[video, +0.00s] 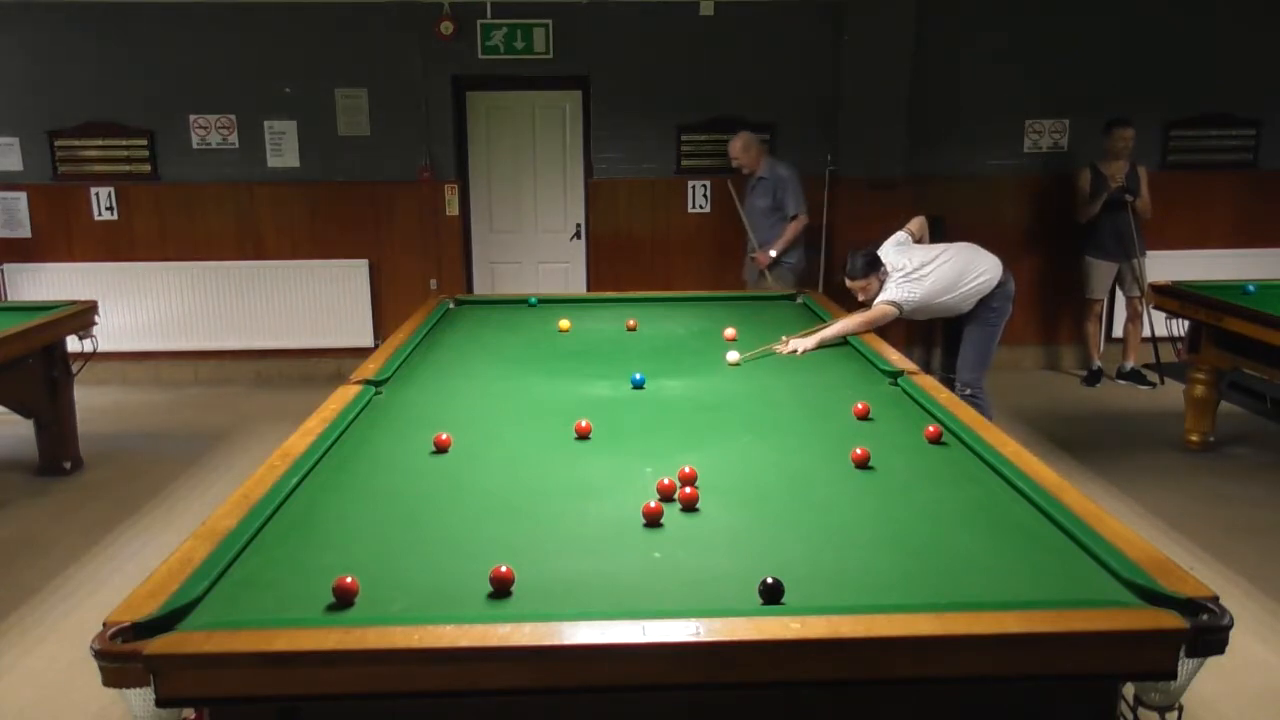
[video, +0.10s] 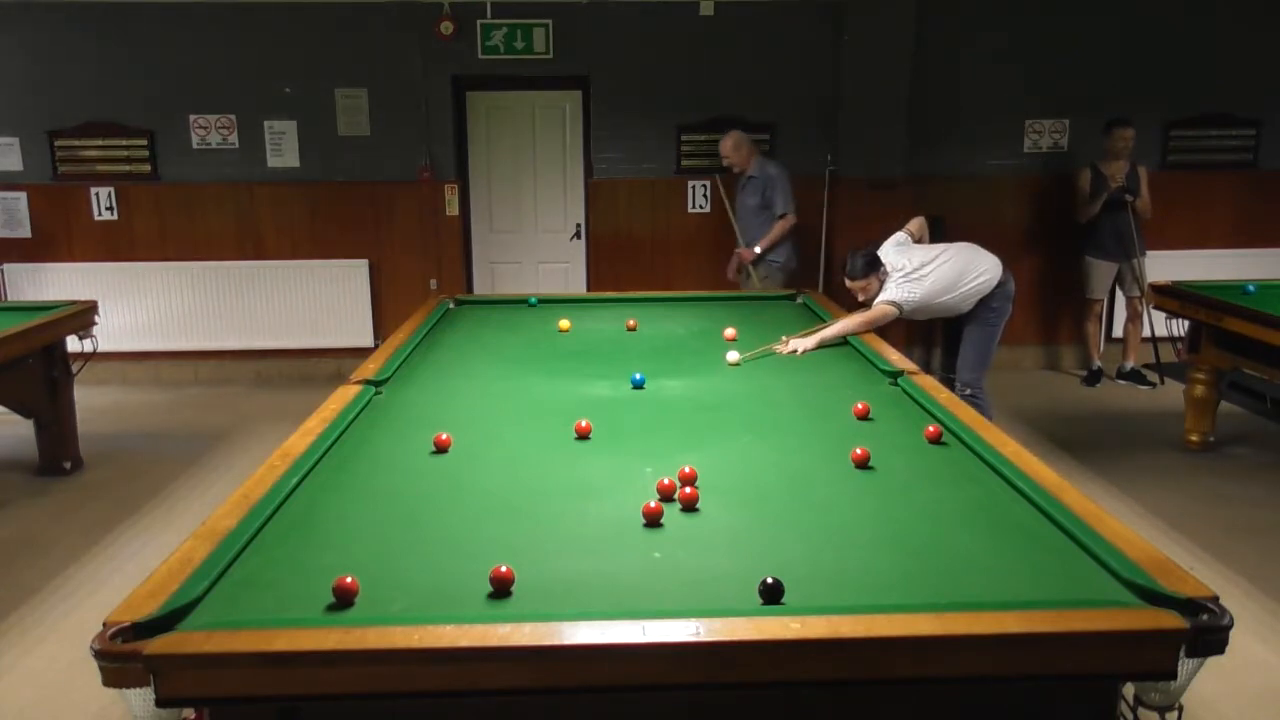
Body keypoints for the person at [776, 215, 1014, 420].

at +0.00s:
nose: (860, 297)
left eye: (864, 289)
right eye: (854, 291)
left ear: (881, 277)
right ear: (847, 280)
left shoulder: (897, 293)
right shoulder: (888, 249)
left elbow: (864, 321)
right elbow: (920, 221)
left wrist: (811, 340)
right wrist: (923, 257)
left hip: (993, 284)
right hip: (967, 271)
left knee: (968, 382)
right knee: (952, 373)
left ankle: (981, 449)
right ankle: (960, 442)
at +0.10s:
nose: (860, 297)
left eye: (864, 289)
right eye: (854, 291)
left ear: (880, 276)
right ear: (846, 280)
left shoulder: (897, 293)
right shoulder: (888, 249)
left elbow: (864, 321)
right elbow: (919, 221)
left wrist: (811, 340)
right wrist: (923, 257)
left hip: (993, 285)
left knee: (968, 382)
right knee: (953, 373)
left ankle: (982, 449)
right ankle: (961, 443)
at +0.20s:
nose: (860, 298)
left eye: (864, 290)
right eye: (854, 292)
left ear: (880, 276)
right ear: (846, 280)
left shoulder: (897, 293)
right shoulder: (888, 249)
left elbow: (865, 321)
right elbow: (919, 221)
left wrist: (812, 340)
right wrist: (923, 257)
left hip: (993, 285)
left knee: (968, 382)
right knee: (953, 374)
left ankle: (982, 449)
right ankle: (961, 443)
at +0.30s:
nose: (860, 298)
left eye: (864, 290)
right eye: (854, 292)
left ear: (880, 276)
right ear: (846, 280)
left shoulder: (897, 293)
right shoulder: (888, 249)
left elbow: (865, 321)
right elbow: (919, 221)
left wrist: (812, 340)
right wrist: (923, 257)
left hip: (992, 285)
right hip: (967, 271)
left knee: (968, 382)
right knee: (951, 374)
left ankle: (983, 449)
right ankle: (959, 442)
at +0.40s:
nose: (859, 298)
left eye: (863, 290)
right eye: (854, 292)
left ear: (880, 276)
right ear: (846, 281)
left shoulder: (897, 293)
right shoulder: (888, 249)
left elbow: (865, 321)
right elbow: (919, 222)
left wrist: (812, 340)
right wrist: (923, 257)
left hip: (992, 285)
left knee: (968, 382)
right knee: (952, 374)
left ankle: (983, 449)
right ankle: (959, 443)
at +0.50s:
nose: (859, 298)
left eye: (863, 290)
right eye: (853, 292)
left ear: (880, 276)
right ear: (846, 281)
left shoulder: (897, 293)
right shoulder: (887, 249)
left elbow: (864, 321)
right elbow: (919, 222)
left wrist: (812, 340)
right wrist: (922, 257)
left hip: (992, 285)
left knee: (968, 382)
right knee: (952, 374)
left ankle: (982, 449)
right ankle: (960, 443)